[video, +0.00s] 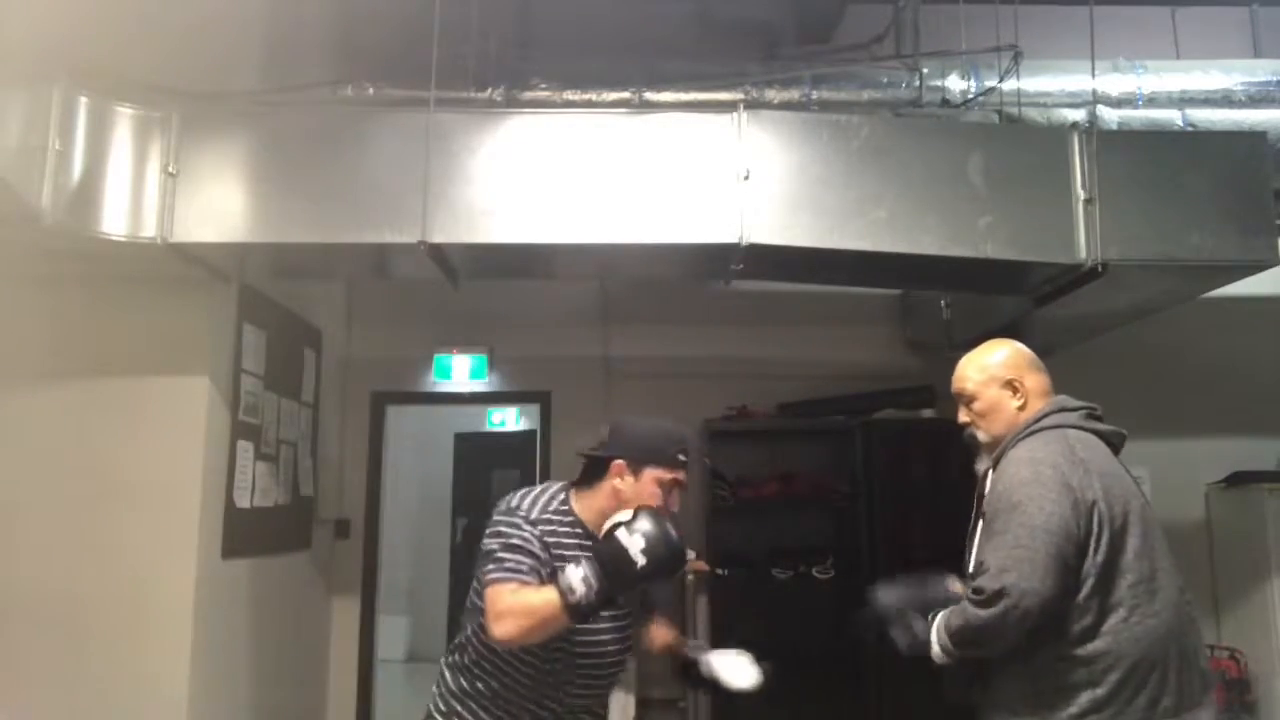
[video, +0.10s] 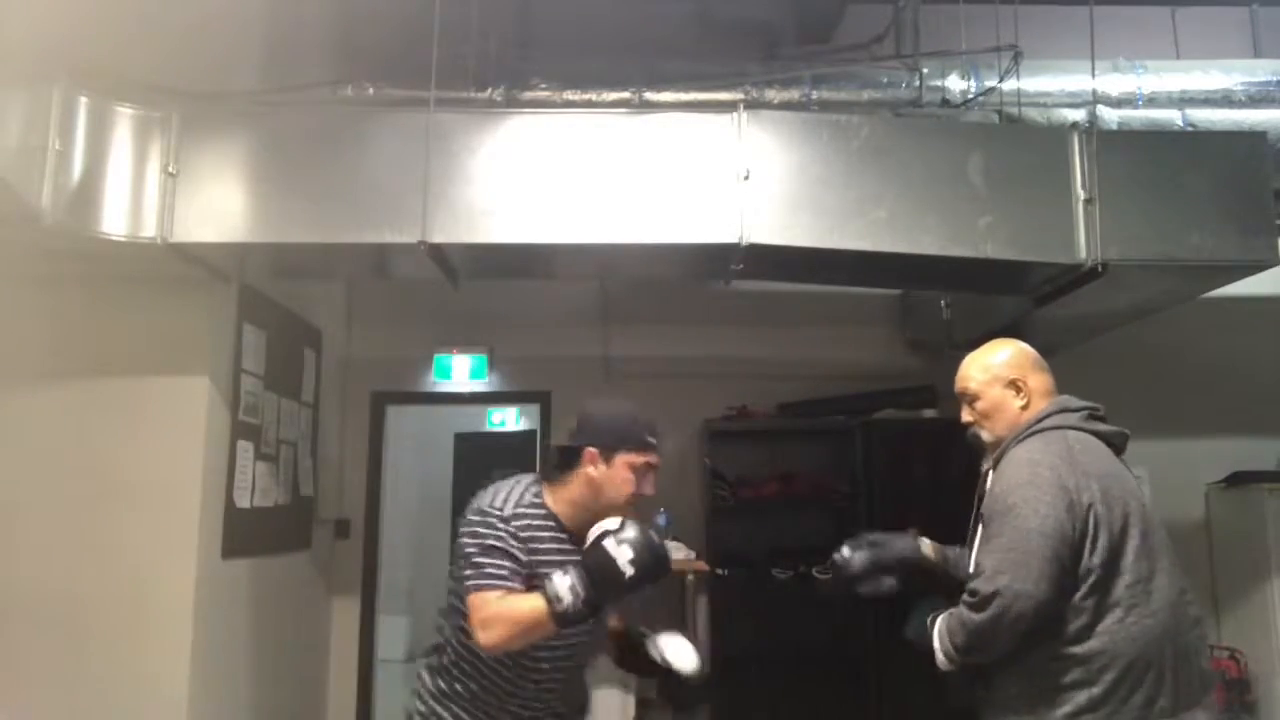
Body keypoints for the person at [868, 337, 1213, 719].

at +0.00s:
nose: (960, 417)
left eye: (967, 400)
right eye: (958, 404)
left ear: (1016, 393)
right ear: (1017, 394)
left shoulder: (1035, 461)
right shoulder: (1074, 447)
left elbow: (1019, 597)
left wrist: (936, 634)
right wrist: (966, 590)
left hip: (1097, 699)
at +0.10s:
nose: (964, 417)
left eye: (971, 400)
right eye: (962, 404)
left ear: (1019, 392)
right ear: (1024, 394)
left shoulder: (1034, 462)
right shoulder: (1081, 450)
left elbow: (1014, 596)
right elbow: (1036, 571)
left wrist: (940, 634)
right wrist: (926, 554)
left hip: (1095, 697)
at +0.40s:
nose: (955, 420)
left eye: (963, 403)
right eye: (954, 406)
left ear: (1011, 394)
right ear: (1013, 396)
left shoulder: (1027, 465)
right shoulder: (1070, 449)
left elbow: (1009, 603)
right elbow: (1021, 547)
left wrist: (941, 639)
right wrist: (928, 534)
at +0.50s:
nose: (941, 424)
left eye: (948, 406)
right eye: (938, 410)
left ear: (996, 397)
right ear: (999, 399)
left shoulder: (1009, 471)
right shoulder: (1065, 453)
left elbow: (993, 613)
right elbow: (993, 519)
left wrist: (928, 646)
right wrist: (906, 506)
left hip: (1086, 697)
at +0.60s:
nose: (918, 430)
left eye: (925, 413)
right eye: (915, 416)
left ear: (975, 403)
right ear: (978, 403)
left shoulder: (989, 477)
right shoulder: (1043, 457)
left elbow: (978, 622)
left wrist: (911, 660)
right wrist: (898, 463)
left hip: (1077, 698)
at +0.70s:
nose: (900, 433)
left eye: (907, 416)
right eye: (897, 419)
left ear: (955, 406)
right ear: (957, 407)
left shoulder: (981, 482)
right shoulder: (1016, 462)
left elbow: (971, 629)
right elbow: (931, 550)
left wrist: (896, 672)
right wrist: (875, 461)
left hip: (1074, 702)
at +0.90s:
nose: (892, 424)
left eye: (902, 407)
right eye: (890, 410)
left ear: (952, 397)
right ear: (951, 399)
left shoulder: (987, 471)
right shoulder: (964, 460)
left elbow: (978, 622)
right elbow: (881, 517)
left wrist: (893, 672)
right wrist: (808, 482)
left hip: (1070, 700)